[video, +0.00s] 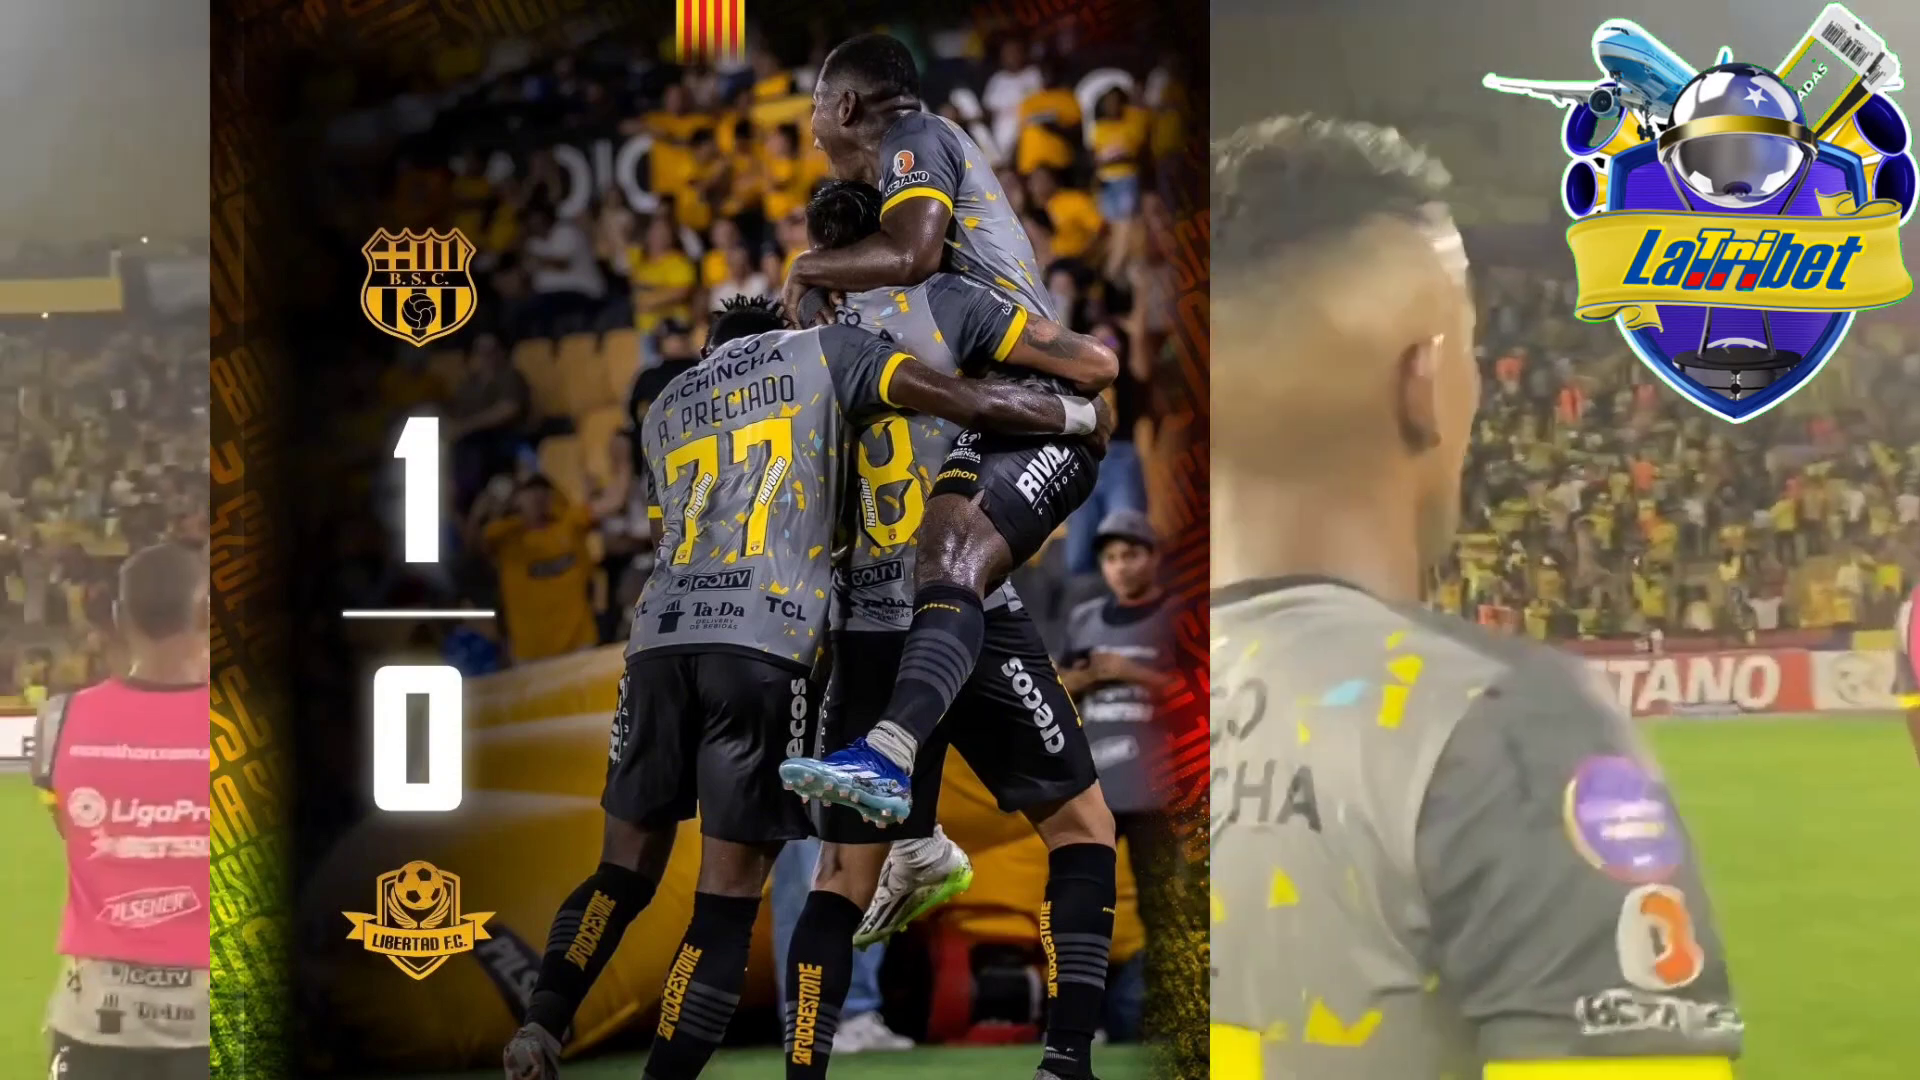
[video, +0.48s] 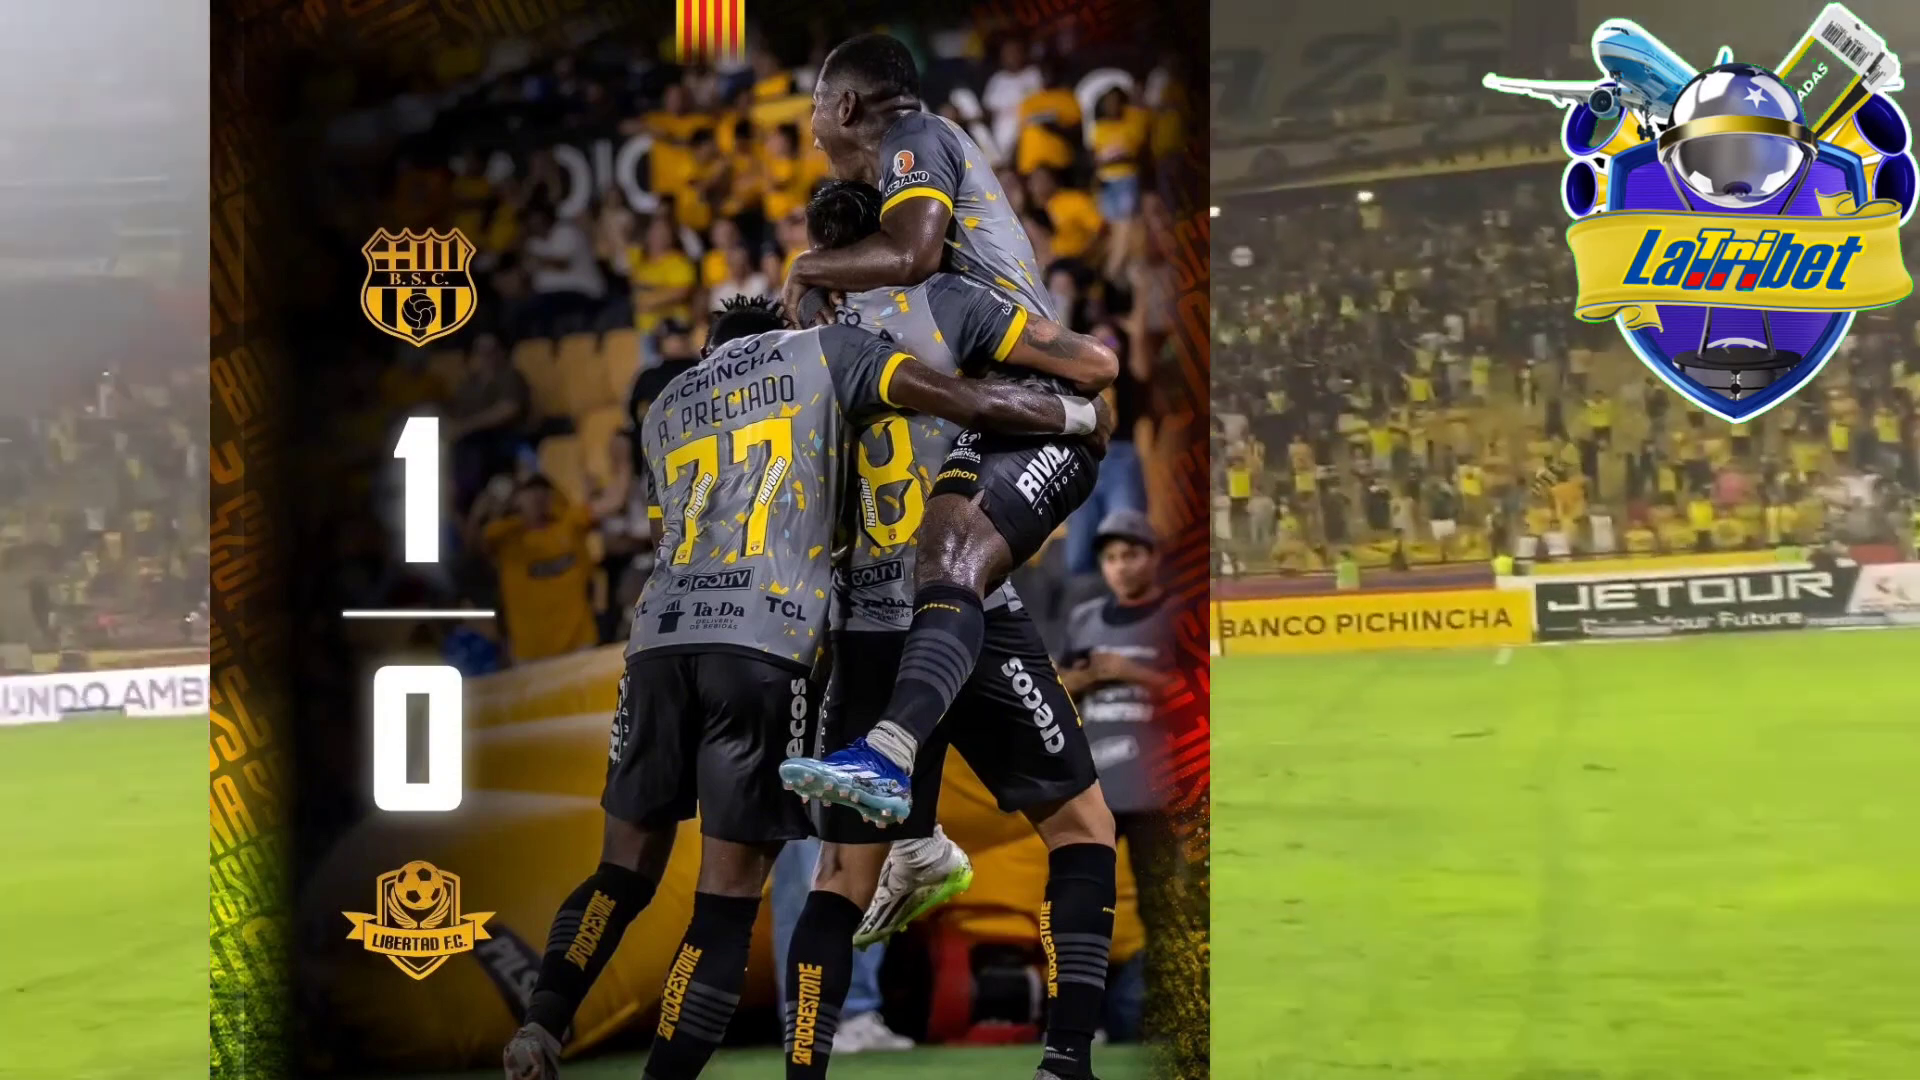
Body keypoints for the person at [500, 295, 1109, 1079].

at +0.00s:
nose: (826, 326)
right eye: (814, 319)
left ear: (709, 346)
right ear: (792, 324)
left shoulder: (660, 405)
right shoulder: (830, 348)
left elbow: (680, 521)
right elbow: (970, 400)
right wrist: (1088, 417)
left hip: (657, 648)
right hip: (762, 649)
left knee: (623, 865)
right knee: (727, 892)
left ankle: (542, 1028)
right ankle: (667, 1075)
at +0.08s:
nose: (826, 325)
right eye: (814, 319)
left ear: (710, 345)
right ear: (793, 324)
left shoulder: (661, 406)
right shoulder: (829, 348)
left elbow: (682, 519)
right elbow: (970, 399)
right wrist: (1086, 418)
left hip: (657, 648)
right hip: (762, 649)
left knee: (623, 865)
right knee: (727, 892)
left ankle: (542, 1027)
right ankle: (667, 1075)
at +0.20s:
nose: (826, 326)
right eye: (814, 319)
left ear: (709, 346)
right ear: (792, 324)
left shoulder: (660, 405)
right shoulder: (830, 348)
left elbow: (680, 521)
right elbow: (970, 400)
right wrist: (1088, 417)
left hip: (657, 648)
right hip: (762, 649)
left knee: (623, 865)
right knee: (727, 892)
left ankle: (542, 1028)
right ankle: (667, 1075)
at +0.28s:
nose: (826, 326)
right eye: (814, 319)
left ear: (709, 346)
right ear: (792, 324)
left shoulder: (660, 405)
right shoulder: (830, 348)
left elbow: (680, 521)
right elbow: (970, 400)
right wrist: (1088, 417)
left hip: (657, 648)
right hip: (762, 649)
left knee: (623, 865)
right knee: (727, 892)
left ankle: (542, 1028)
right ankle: (667, 1075)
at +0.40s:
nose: (826, 326)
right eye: (814, 319)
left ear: (709, 346)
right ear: (792, 324)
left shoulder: (660, 405)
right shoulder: (830, 348)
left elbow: (680, 521)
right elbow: (970, 400)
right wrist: (1088, 417)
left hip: (657, 648)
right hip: (762, 649)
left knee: (623, 865)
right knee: (727, 892)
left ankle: (542, 1028)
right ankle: (667, 1075)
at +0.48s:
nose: (826, 326)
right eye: (814, 319)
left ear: (709, 346)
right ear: (792, 324)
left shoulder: (660, 405)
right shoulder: (830, 348)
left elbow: (680, 521)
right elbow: (970, 400)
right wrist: (1088, 417)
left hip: (657, 648)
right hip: (762, 649)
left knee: (623, 865)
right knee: (727, 892)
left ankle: (542, 1028)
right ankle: (667, 1075)